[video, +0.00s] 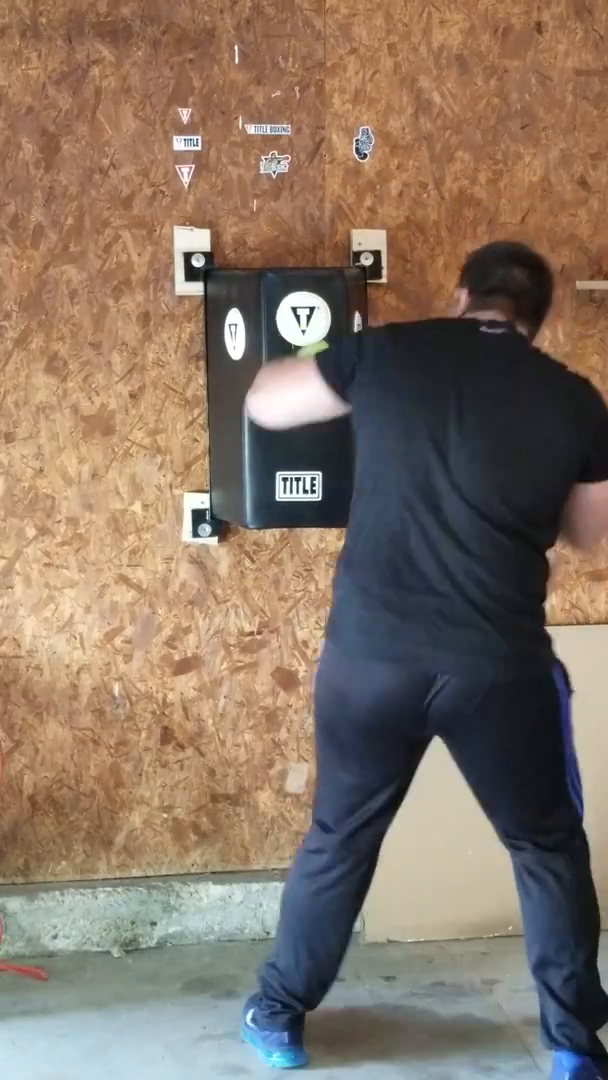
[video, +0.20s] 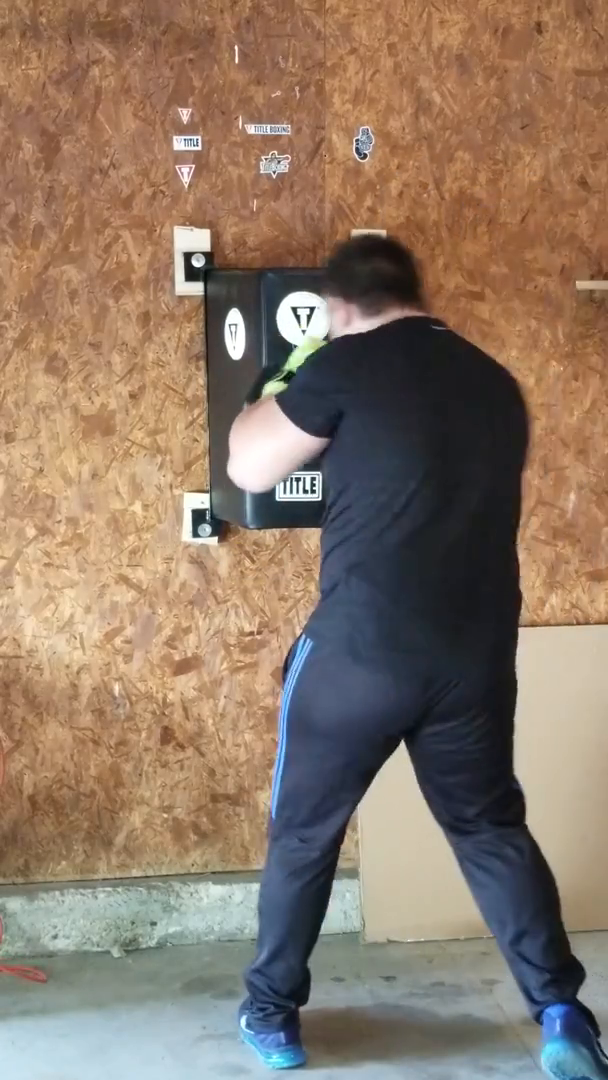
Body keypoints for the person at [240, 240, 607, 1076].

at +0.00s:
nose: (449, 305)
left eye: (452, 296)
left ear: (459, 297)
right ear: (539, 319)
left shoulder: (385, 354)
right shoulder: (574, 401)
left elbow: (265, 403)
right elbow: (590, 537)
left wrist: (343, 372)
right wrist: (522, 479)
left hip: (370, 647)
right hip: (497, 661)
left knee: (337, 835)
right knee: (545, 842)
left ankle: (276, 1014)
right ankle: (574, 1041)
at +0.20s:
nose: (328, 327)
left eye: (325, 315)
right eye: (325, 317)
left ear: (343, 309)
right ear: (417, 299)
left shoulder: (347, 366)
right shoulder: (499, 382)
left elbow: (249, 464)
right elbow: (477, 483)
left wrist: (284, 386)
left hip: (368, 641)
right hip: (478, 646)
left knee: (304, 828)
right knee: (491, 823)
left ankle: (272, 1014)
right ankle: (562, 1010)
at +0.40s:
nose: (249, 373)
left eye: (243, 359)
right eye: (244, 362)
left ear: (258, 344)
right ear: (320, 307)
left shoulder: (324, 388)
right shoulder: (407, 366)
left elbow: (254, 520)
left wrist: (233, 441)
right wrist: (268, 440)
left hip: (376, 635)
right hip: (480, 626)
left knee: (304, 829)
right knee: (473, 824)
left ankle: (273, 1014)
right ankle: (550, 1009)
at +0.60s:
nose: (231, 346)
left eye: (230, 332)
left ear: (242, 325)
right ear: (320, 297)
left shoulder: (240, 387)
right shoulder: (411, 340)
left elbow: (208, 525)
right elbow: (457, 442)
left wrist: (148, 545)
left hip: (321, 639)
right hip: (438, 623)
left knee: (300, 825)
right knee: (497, 807)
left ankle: (276, 1015)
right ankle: (567, 1005)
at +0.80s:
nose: (353, 294)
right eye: (352, 284)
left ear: (267, 301)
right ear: (349, 286)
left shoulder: (236, 381)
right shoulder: (390, 339)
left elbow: (165, 478)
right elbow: (486, 415)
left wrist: (240, 447)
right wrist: (406, 382)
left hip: (305, 647)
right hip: (417, 630)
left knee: (317, 820)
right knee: (490, 812)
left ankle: (273, 1011)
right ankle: (545, 1006)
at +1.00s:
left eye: (254, 314)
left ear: (259, 311)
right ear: (338, 293)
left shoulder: (227, 378)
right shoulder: (410, 340)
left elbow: (191, 517)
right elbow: (470, 457)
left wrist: (240, 477)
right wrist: (387, 440)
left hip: (293, 638)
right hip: (415, 625)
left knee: (292, 826)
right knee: (471, 813)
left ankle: (273, 1014)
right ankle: (537, 1002)